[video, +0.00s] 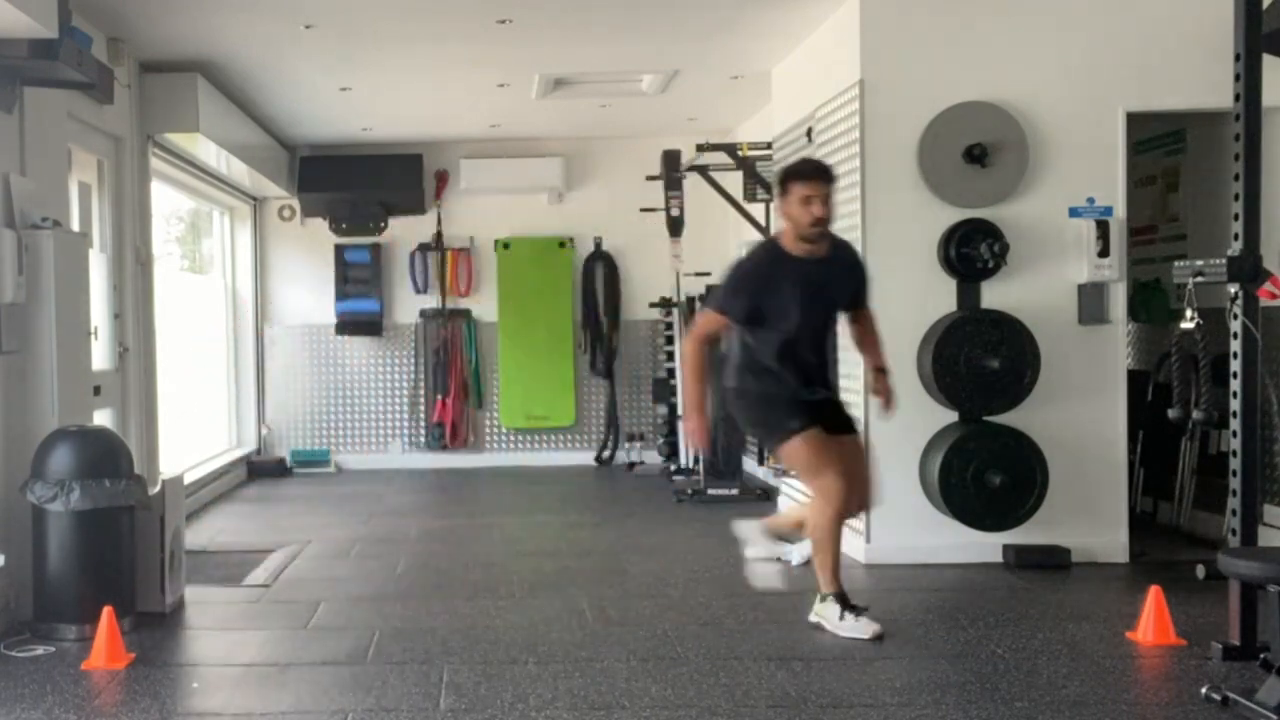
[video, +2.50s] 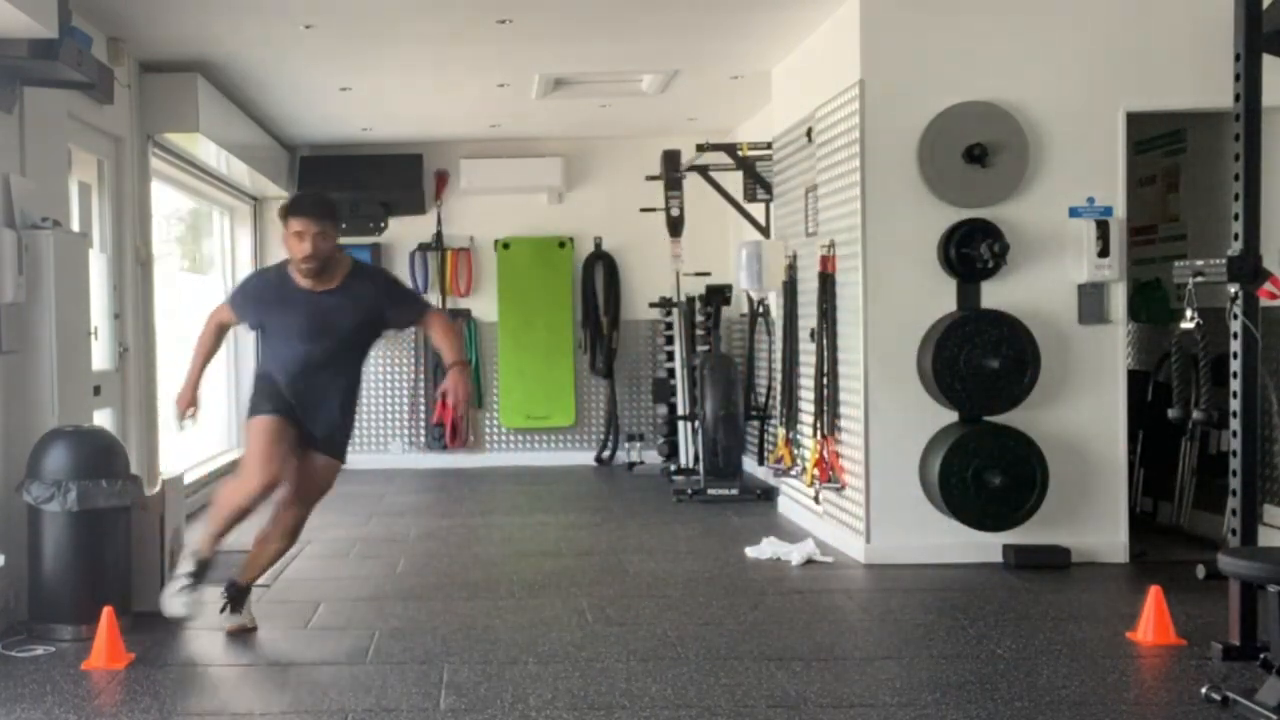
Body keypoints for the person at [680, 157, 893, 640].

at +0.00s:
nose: (820, 211)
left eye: (825, 201)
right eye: (808, 201)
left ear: (833, 204)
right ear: (782, 205)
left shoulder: (843, 261)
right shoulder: (758, 268)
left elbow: (859, 316)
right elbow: (697, 336)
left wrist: (878, 368)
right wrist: (693, 414)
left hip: (817, 388)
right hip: (763, 390)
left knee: (856, 494)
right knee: (829, 484)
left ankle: (766, 533)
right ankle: (830, 601)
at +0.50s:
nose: (1005, 284)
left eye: (1015, 271)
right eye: (992, 272)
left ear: (1029, 271)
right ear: (972, 275)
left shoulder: (1044, 308)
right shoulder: (944, 319)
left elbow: (1075, 359)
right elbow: (885, 383)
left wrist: (1099, 419)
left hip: (1002, 404)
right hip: (933, 408)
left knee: (1072, 484)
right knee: (979, 478)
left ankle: (1085, 578)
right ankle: (969, 567)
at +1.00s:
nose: (774, 243)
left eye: (783, 231)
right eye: (763, 233)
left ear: (796, 230)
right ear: (749, 233)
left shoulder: (823, 280)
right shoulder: (726, 284)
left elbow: (869, 335)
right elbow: (680, 343)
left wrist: (903, 395)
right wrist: (706, 407)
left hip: (806, 398)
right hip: (746, 407)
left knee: (809, 494)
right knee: (777, 507)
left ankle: (816, 594)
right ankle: (849, 528)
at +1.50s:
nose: (422, 224)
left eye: (431, 213)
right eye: (411, 214)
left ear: (446, 213)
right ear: (398, 217)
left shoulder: (481, 272)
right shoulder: (387, 264)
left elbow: (524, 332)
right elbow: (342, 316)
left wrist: (548, 393)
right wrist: (342, 340)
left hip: (456, 391)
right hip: (408, 391)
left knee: (391, 482)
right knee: (399, 496)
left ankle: (350, 598)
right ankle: (503, 551)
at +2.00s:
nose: (185, 264)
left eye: (195, 252)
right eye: (174, 253)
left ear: (212, 249)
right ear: (162, 253)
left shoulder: (258, 297)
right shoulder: (157, 308)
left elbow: (312, 348)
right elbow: (143, 366)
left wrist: (325, 416)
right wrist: (139, 411)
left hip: (267, 401)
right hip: (203, 402)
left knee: (252, 494)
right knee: (163, 491)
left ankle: (294, 580)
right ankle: (151, 599)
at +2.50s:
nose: (307, 248)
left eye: (317, 236)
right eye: (297, 236)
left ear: (336, 237)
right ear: (285, 239)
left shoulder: (372, 287)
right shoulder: (264, 287)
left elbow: (433, 318)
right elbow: (218, 321)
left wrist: (456, 366)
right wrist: (190, 384)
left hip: (330, 420)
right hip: (275, 400)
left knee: (293, 514)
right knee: (265, 473)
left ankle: (240, 589)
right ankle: (198, 556)